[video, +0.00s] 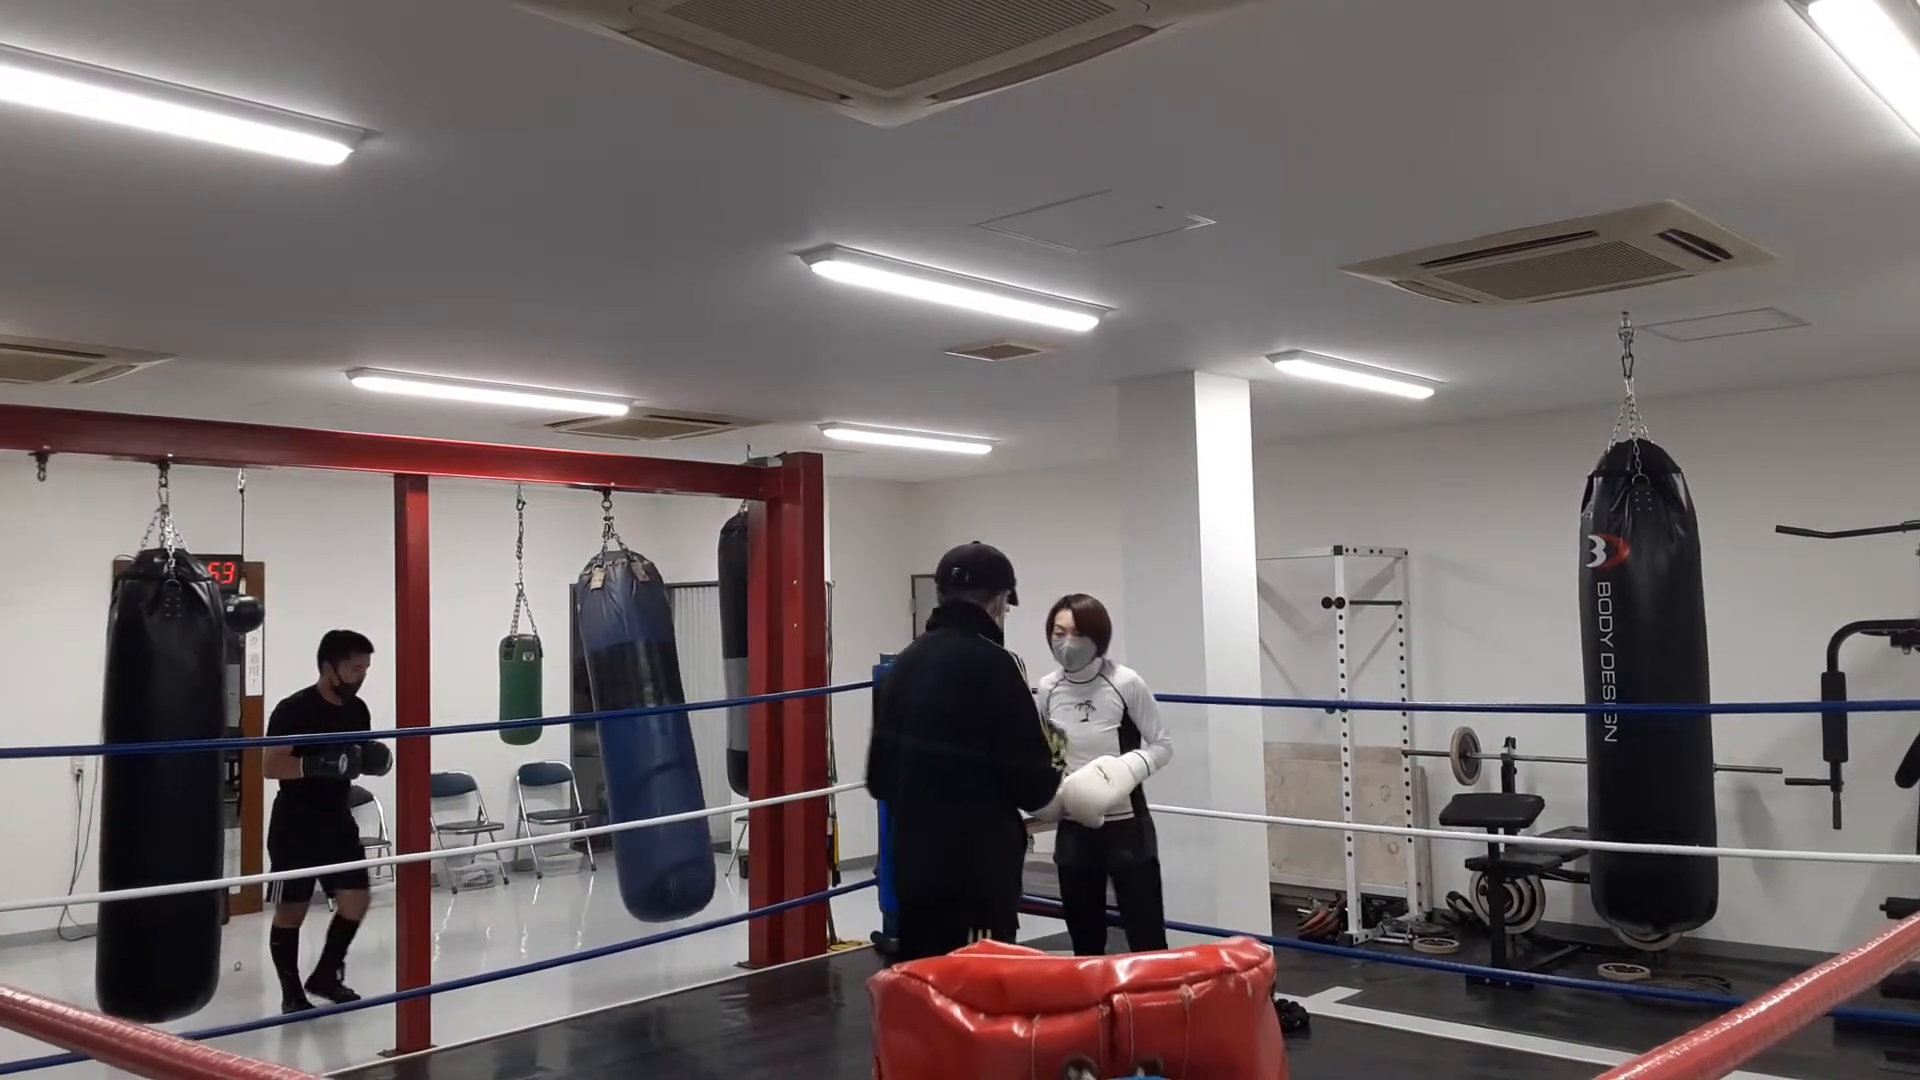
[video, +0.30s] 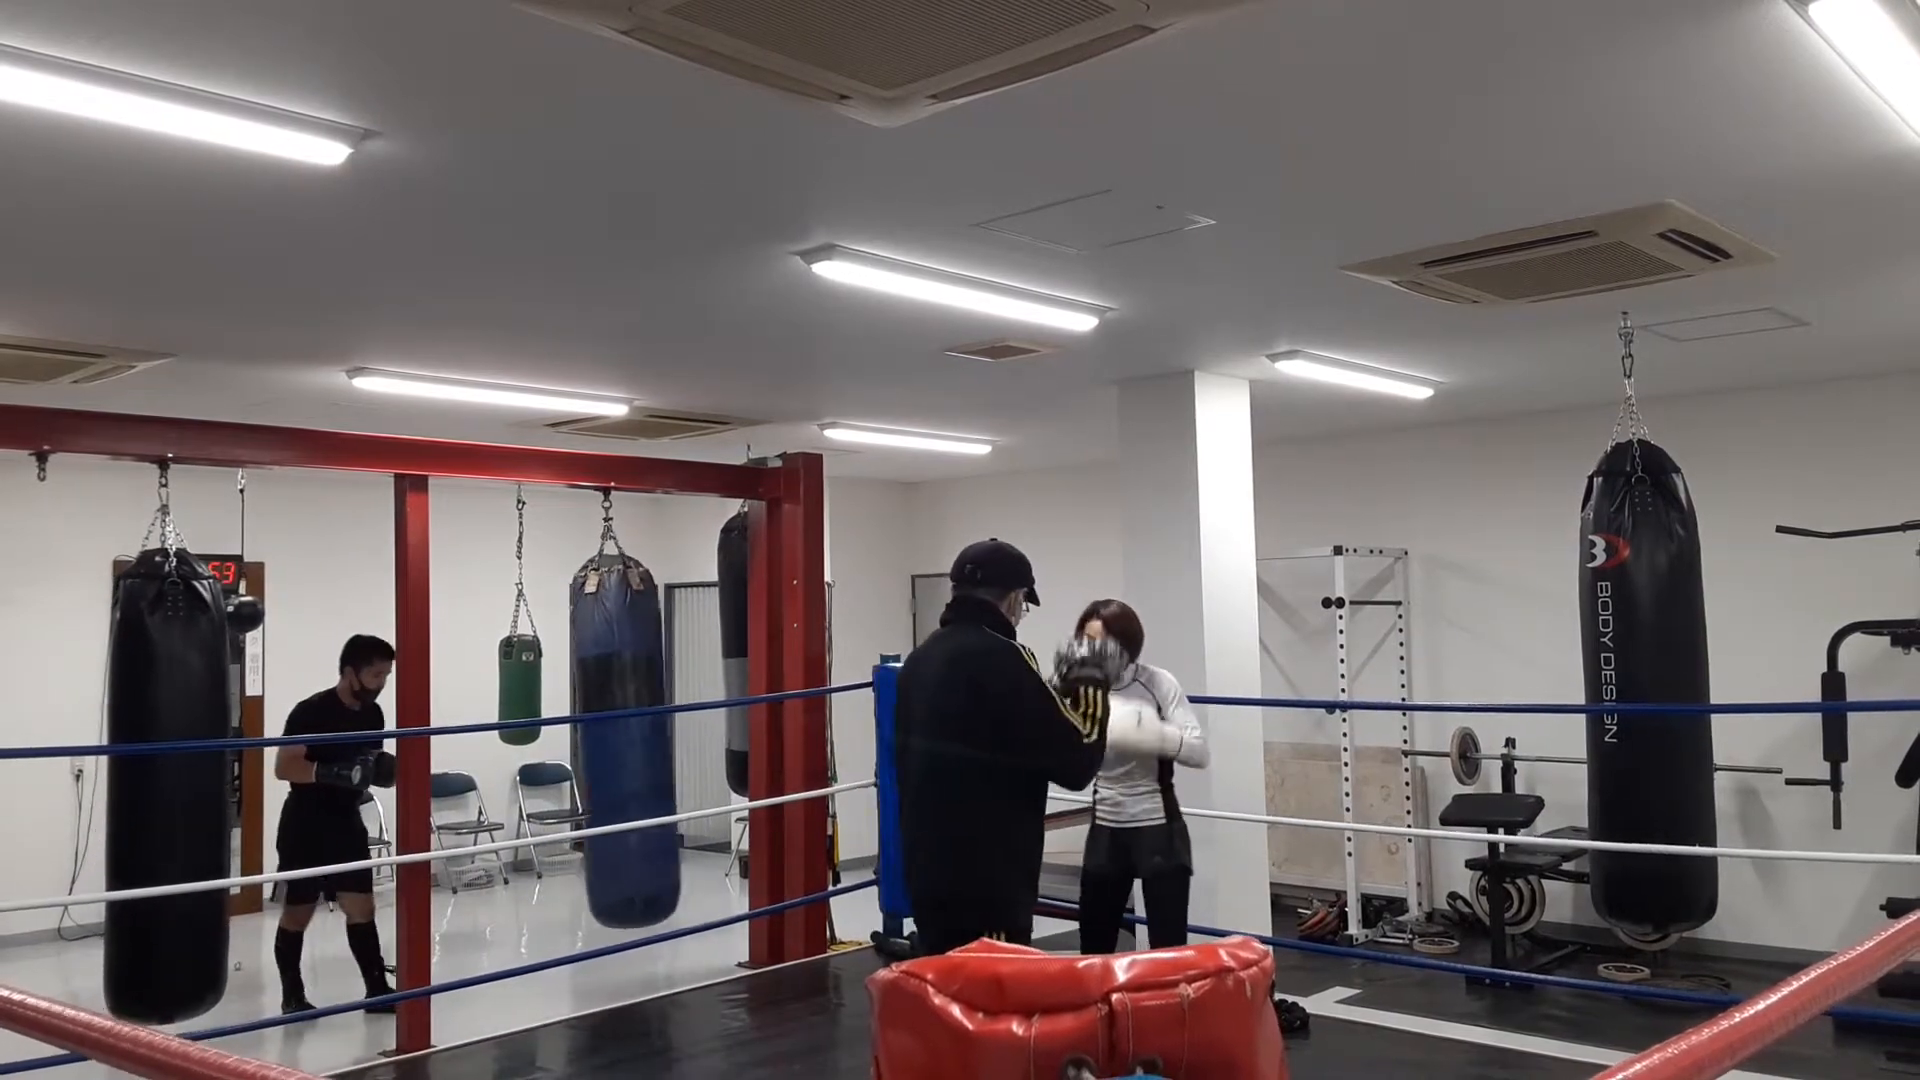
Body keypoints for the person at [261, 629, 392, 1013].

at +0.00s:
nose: (363, 675)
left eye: (365, 668)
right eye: (357, 668)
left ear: (361, 668)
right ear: (329, 666)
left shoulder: (357, 710)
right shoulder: (293, 710)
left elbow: (354, 754)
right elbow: (272, 765)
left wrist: (373, 759)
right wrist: (322, 764)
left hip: (337, 817)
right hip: (295, 818)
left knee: (356, 899)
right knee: (292, 905)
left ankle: (325, 976)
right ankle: (291, 994)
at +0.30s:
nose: (382, 682)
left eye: (385, 675)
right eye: (375, 674)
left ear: (383, 673)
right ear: (350, 671)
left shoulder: (372, 715)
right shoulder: (310, 711)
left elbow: (367, 762)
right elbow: (285, 767)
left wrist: (386, 769)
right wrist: (335, 772)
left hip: (347, 820)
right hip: (304, 820)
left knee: (361, 905)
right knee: (298, 910)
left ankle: (377, 991)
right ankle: (293, 997)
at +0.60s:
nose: (401, 677)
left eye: (402, 670)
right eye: (396, 669)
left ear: (383, 668)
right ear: (372, 666)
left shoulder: (390, 712)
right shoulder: (331, 705)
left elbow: (409, 759)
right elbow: (319, 760)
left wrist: (404, 756)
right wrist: (363, 757)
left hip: (366, 815)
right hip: (323, 816)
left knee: (373, 903)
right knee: (322, 909)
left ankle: (380, 990)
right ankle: (299, 991)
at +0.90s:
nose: (391, 678)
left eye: (393, 670)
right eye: (386, 669)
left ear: (372, 672)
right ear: (361, 668)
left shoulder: (378, 713)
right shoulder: (320, 708)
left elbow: (389, 764)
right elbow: (311, 768)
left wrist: (407, 757)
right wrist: (359, 760)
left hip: (356, 820)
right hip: (313, 823)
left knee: (368, 903)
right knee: (296, 912)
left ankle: (380, 990)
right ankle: (255, 995)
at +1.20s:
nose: (346, 684)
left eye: (347, 676)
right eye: (340, 676)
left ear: (325, 675)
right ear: (313, 673)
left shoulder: (329, 716)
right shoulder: (273, 718)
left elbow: (317, 768)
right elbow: (256, 780)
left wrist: (349, 768)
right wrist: (314, 774)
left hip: (318, 827)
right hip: (277, 832)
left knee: (343, 908)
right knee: (272, 919)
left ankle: (369, 987)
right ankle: (246, 1005)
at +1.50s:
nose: (315, 678)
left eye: (316, 671)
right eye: (308, 671)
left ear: (293, 673)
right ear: (280, 673)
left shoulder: (309, 713)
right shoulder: (246, 721)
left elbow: (312, 762)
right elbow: (243, 784)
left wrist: (336, 758)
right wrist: (293, 771)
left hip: (305, 821)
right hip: (265, 826)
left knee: (312, 909)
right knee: (271, 916)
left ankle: (290, 991)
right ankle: (246, 1001)